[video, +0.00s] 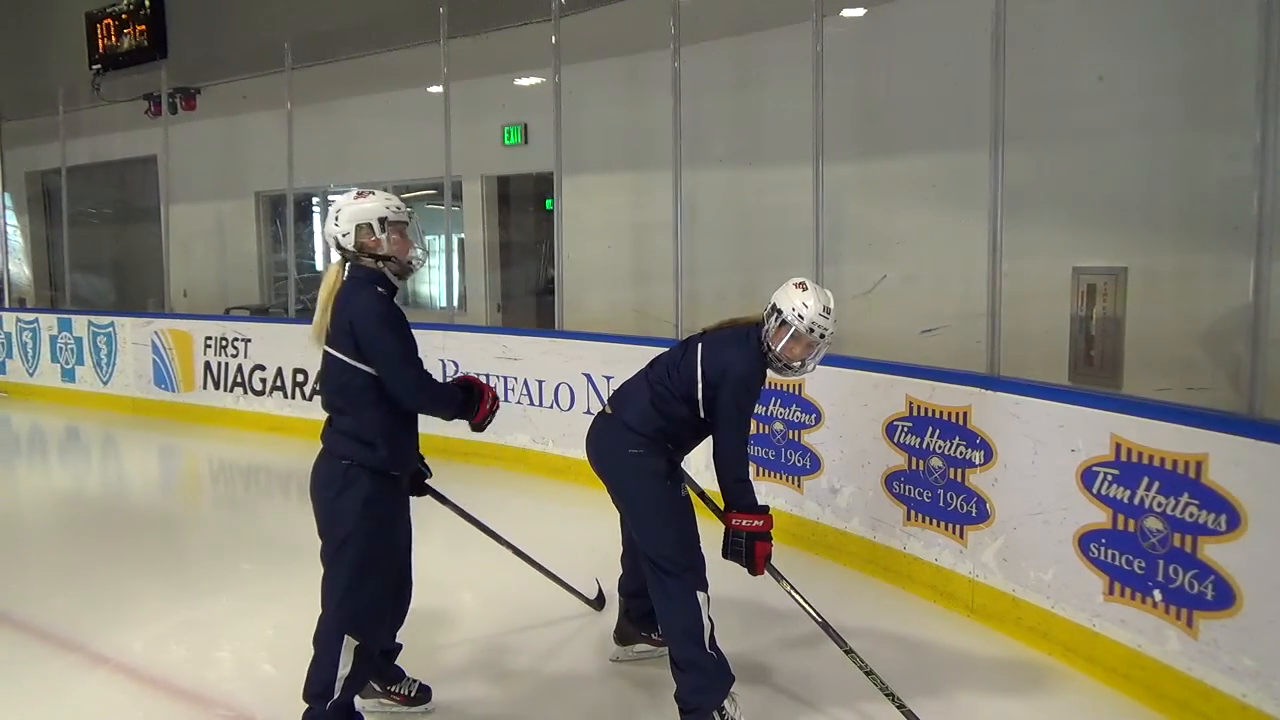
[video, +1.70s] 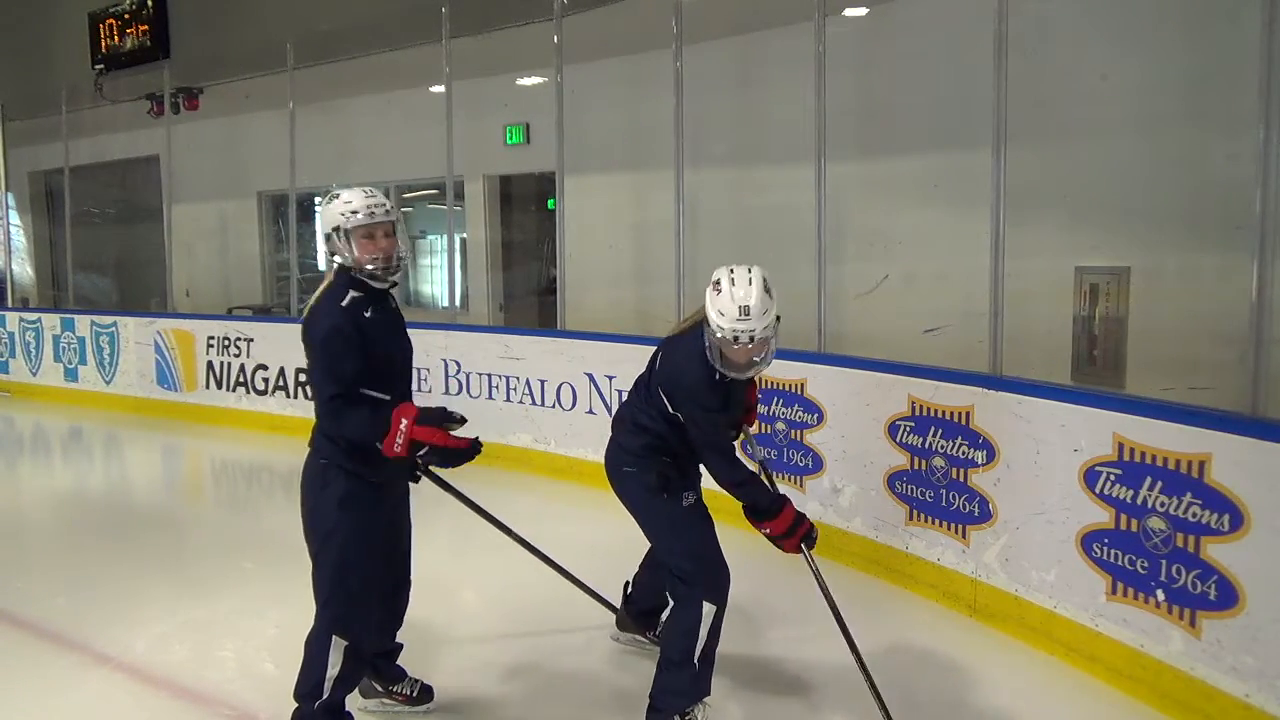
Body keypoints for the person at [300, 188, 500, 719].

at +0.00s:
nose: (409, 239)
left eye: (406, 229)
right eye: (397, 230)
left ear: (372, 239)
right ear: (367, 239)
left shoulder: (359, 293)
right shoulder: (368, 300)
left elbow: (368, 394)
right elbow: (410, 387)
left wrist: (404, 460)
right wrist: (466, 396)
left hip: (371, 469)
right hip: (356, 474)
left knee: (387, 579)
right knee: (353, 596)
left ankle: (377, 670)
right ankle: (328, 706)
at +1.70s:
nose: (380, 247)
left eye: (386, 235)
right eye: (365, 238)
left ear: (397, 238)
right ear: (339, 246)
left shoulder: (378, 298)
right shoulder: (333, 310)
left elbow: (381, 393)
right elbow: (334, 408)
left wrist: (418, 430)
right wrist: (404, 431)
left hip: (380, 468)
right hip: (342, 475)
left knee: (387, 578)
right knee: (345, 599)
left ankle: (377, 671)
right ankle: (317, 708)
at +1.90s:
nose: (366, 251)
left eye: (375, 239)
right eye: (353, 241)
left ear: (392, 244)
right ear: (335, 248)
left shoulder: (396, 306)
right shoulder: (321, 317)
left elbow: (399, 386)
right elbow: (321, 411)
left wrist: (424, 424)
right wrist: (384, 436)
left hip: (388, 472)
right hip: (337, 477)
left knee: (387, 579)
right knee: (345, 596)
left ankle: (376, 670)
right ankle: (320, 707)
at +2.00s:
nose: (364, 254)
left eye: (375, 242)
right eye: (352, 243)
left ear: (391, 247)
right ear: (334, 249)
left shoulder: (399, 305)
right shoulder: (315, 320)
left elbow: (405, 381)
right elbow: (316, 413)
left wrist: (432, 421)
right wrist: (375, 440)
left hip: (389, 474)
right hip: (335, 478)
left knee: (387, 580)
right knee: (344, 595)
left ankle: (376, 671)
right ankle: (321, 707)